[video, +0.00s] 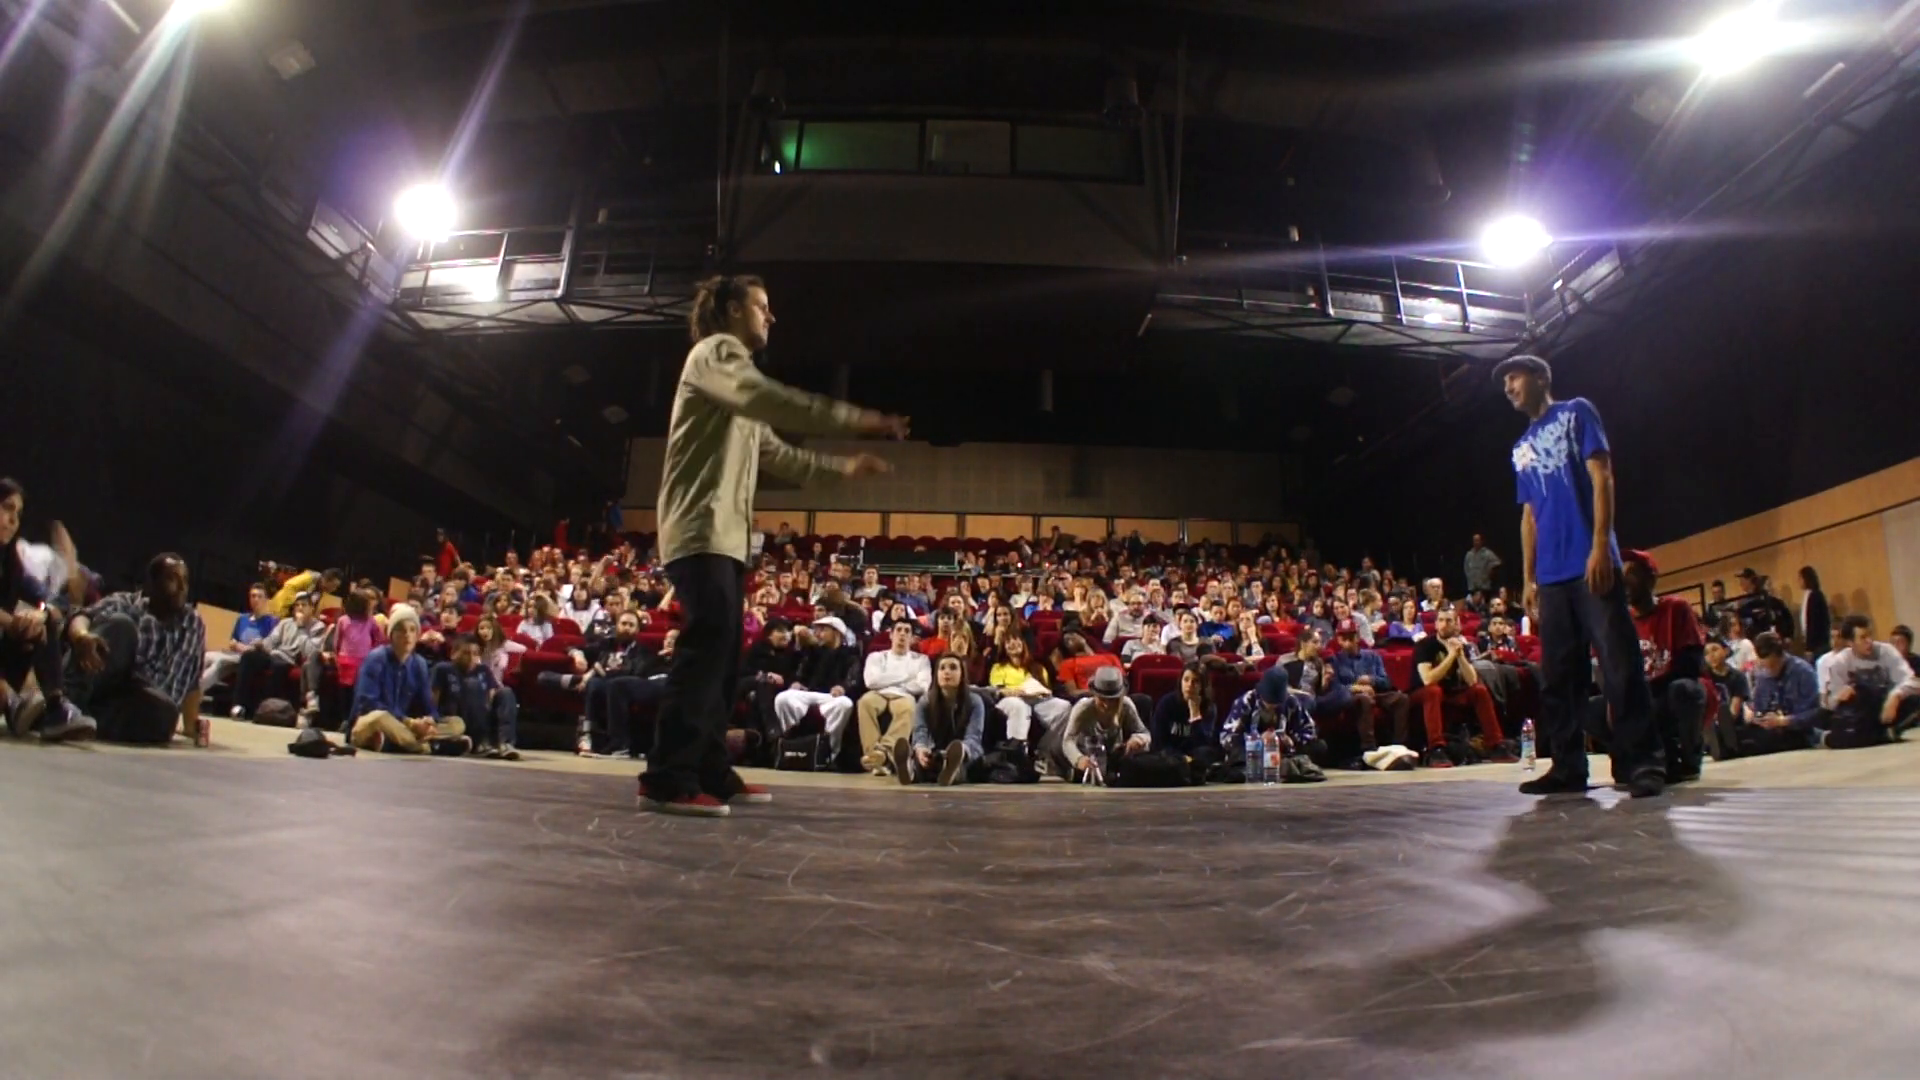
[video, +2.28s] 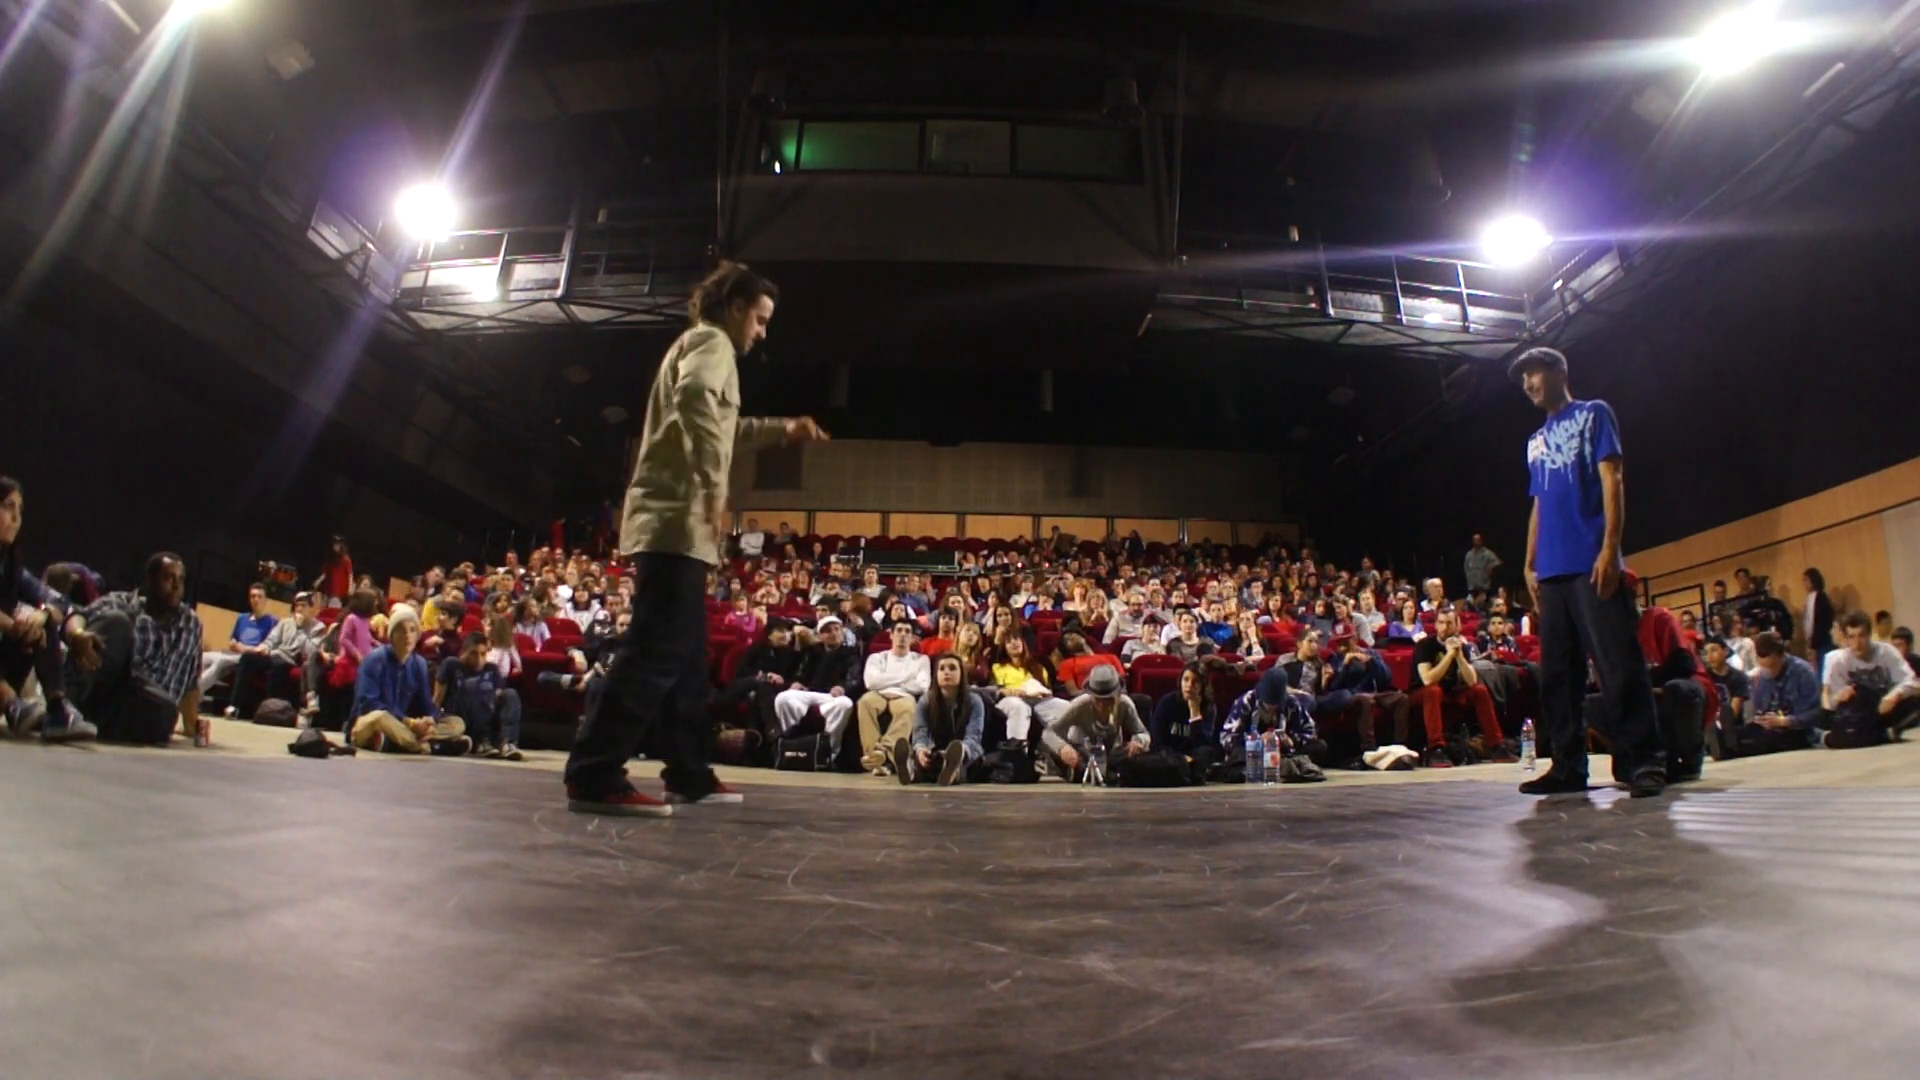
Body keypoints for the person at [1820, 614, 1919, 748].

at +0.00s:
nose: (1868, 641)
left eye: (1869, 636)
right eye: (1862, 638)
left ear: (1872, 635)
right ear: (1850, 642)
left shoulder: (1887, 652)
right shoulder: (1839, 662)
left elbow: (1910, 679)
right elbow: (1828, 703)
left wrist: (1895, 696)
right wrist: (1838, 697)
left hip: (1885, 703)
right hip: (1856, 706)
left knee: (1913, 701)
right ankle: (1884, 734)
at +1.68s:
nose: (1858, 641)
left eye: (1863, 635)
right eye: (1853, 636)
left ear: (1870, 634)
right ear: (1847, 638)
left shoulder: (1887, 652)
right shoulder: (1838, 662)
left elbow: (1911, 680)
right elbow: (1830, 702)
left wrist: (1893, 696)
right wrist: (1838, 697)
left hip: (1887, 705)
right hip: (1858, 707)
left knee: (1913, 703)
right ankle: (1884, 734)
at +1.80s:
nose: (1857, 641)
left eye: (1862, 635)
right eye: (1852, 635)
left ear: (1869, 634)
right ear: (1846, 638)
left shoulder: (1887, 652)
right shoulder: (1838, 662)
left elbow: (1911, 680)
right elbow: (1830, 703)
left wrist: (1892, 697)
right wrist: (1839, 697)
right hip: (1858, 707)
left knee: (1913, 702)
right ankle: (1883, 734)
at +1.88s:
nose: (1857, 641)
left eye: (1862, 635)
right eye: (1852, 635)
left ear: (1869, 634)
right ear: (1846, 638)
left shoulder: (1887, 652)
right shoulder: (1838, 662)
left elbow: (1911, 680)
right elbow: (1830, 703)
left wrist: (1892, 697)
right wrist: (1839, 696)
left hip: (1886, 704)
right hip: (1857, 706)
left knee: (1913, 703)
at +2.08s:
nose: (1856, 642)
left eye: (1861, 635)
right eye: (1851, 637)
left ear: (1870, 635)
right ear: (1846, 638)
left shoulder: (1886, 652)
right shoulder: (1840, 661)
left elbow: (1911, 680)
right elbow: (1830, 703)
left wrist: (1892, 696)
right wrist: (1838, 697)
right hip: (1858, 705)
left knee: (1913, 703)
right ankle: (1885, 734)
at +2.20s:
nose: (1856, 642)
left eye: (1862, 635)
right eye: (1851, 637)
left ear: (1870, 634)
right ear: (1846, 638)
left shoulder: (1887, 652)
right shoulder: (1839, 661)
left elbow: (1910, 680)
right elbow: (1830, 703)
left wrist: (1893, 696)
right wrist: (1839, 697)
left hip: (1885, 704)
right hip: (1856, 706)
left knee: (1913, 703)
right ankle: (1885, 734)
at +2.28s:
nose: (1857, 642)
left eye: (1862, 636)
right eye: (1851, 637)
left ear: (1869, 635)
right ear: (1845, 639)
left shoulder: (1887, 652)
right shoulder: (1838, 660)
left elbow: (1911, 680)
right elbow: (1830, 703)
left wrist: (1894, 695)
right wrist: (1839, 697)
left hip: (1885, 704)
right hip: (1856, 705)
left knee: (1913, 704)